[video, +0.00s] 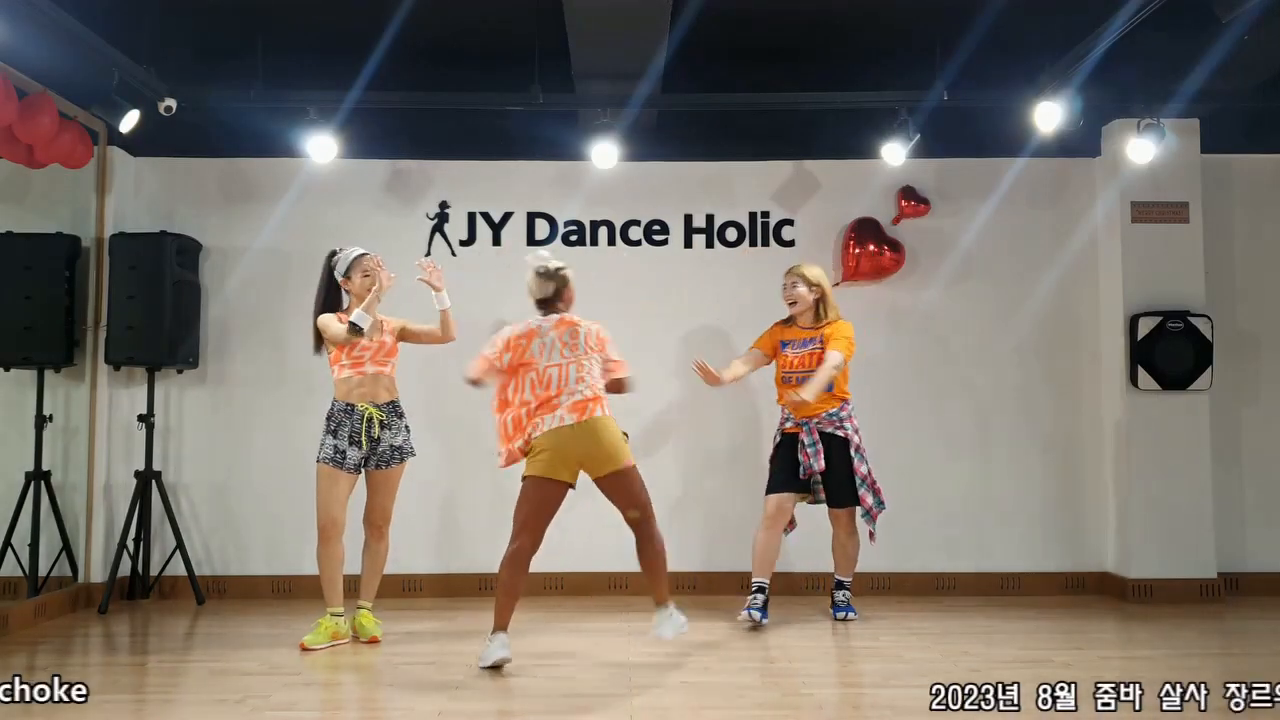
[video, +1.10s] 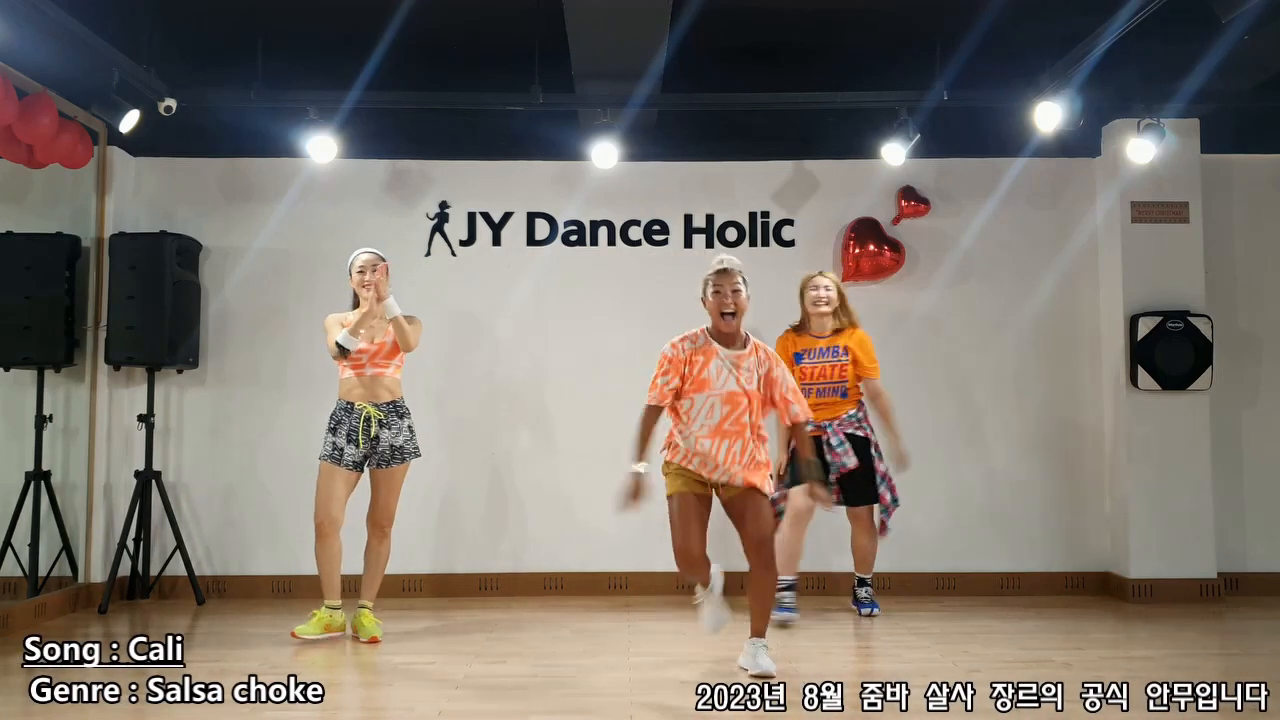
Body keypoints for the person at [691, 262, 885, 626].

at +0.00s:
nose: (789, 293)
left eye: (796, 286)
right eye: (785, 288)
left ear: (816, 291)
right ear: (784, 296)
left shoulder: (838, 328)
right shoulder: (779, 333)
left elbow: (831, 364)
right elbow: (749, 360)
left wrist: (809, 391)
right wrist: (723, 376)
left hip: (833, 431)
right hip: (791, 432)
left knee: (843, 519)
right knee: (775, 510)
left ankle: (842, 594)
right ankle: (758, 597)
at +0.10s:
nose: (772, 296)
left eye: (778, 289)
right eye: (768, 291)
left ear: (800, 293)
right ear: (766, 297)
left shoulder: (824, 328)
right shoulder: (762, 337)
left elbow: (815, 360)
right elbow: (726, 362)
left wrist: (776, 366)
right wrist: (700, 357)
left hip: (828, 433)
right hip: (785, 436)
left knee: (841, 519)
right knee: (771, 511)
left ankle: (842, 593)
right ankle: (756, 601)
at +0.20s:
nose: (751, 299)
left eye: (758, 292)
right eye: (746, 294)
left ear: (780, 297)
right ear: (743, 303)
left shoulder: (805, 327)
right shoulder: (745, 341)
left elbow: (798, 357)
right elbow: (706, 364)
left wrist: (752, 332)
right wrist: (692, 335)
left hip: (819, 433)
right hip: (776, 436)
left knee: (838, 519)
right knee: (763, 513)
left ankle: (842, 592)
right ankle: (755, 603)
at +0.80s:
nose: (778, 303)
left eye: (785, 295)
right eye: (770, 298)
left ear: (798, 299)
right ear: (761, 304)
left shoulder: (819, 331)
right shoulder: (756, 343)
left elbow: (806, 355)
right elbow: (735, 373)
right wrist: (715, 369)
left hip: (821, 435)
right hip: (778, 437)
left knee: (848, 521)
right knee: (762, 512)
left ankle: (862, 581)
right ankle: (756, 598)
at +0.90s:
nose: (801, 297)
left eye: (807, 292)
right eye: (794, 292)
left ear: (819, 300)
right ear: (783, 302)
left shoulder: (835, 335)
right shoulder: (772, 345)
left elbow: (830, 377)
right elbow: (756, 390)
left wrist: (812, 410)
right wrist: (752, 423)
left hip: (834, 438)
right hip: (790, 439)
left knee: (854, 518)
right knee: (777, 514)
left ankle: (863, 587)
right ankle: (756, 598)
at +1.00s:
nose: (811, 297)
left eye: (818, 291)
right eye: (805, 291)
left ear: (830, 300)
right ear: (793, 300)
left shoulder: (845, 339)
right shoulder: (779, 344)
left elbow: (847, 392)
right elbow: (772, 401)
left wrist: (845, 438)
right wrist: (767, 452)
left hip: (841, 434)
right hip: (800, 438)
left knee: (859, 517)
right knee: (785, 515)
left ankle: (863, 587)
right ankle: (762, 593)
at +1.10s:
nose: (822, 294)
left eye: (828, 288)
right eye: (815, 289)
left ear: (839, 298)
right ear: (803, 299)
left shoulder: (856, 339)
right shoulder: (787, 342)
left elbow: (876, 394)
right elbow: (784, 401)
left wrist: (895, 443)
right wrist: (782, 451)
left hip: (850, 435)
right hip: (805, 437)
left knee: (862, 516)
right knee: (798, 506)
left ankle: (863, 589)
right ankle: (786, 592)